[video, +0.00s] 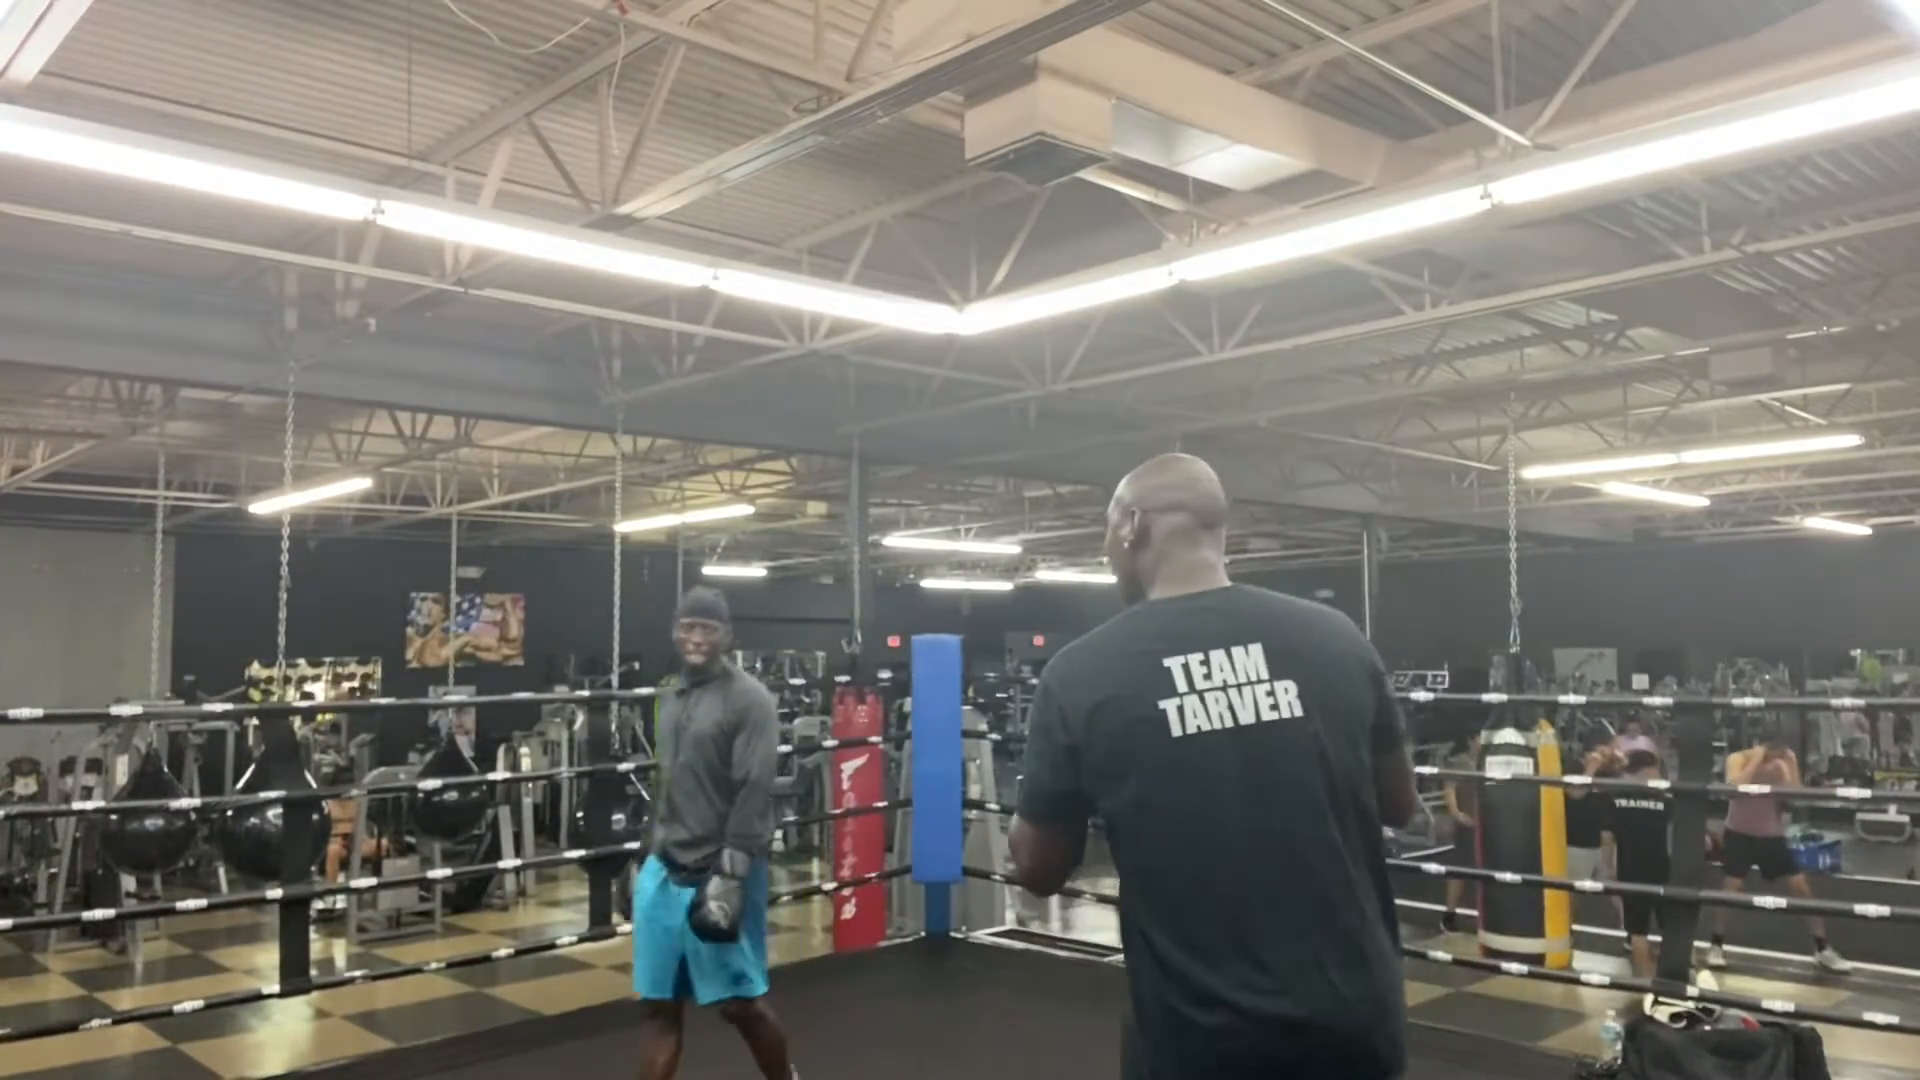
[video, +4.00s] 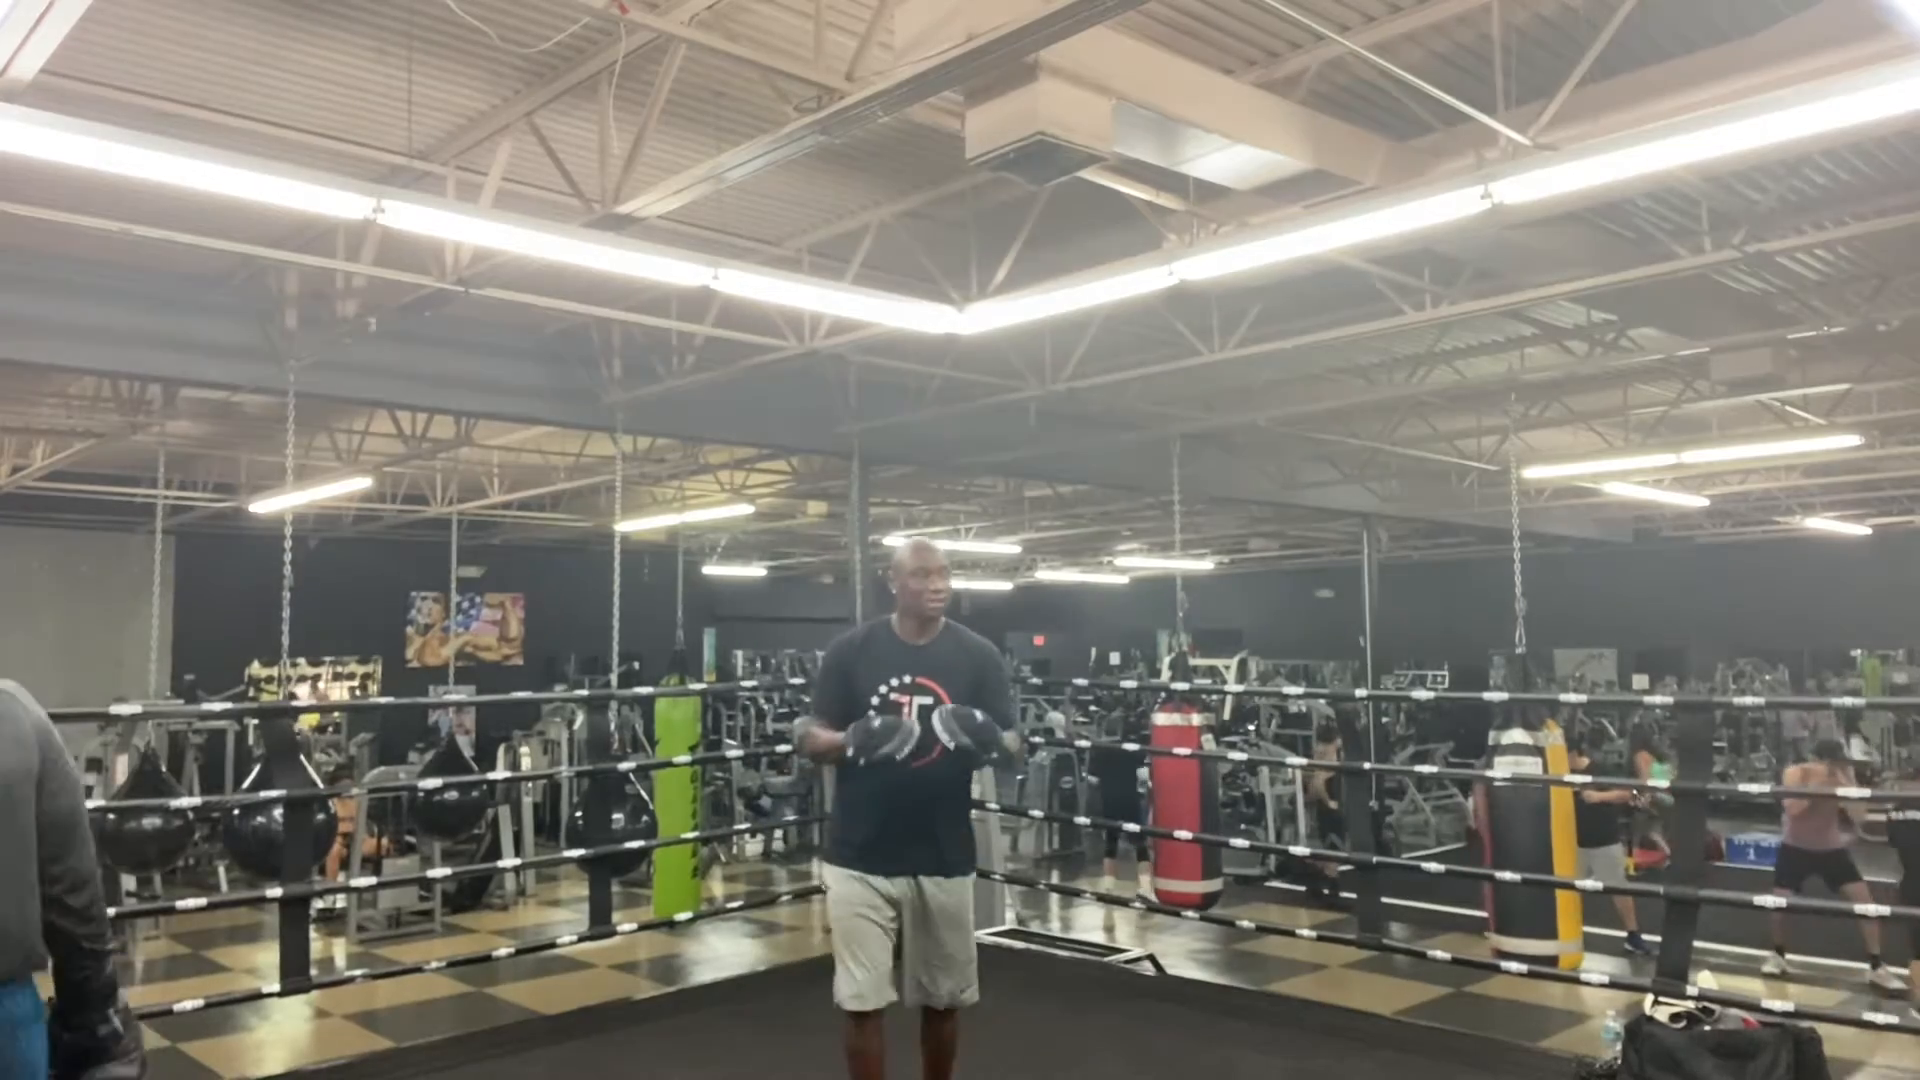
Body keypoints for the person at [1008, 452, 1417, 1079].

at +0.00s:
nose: (1107, 548)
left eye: (1109, 528)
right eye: (1107, 530)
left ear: (1133, 528)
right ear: (1220, 529)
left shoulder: (1079, 675)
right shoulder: (1336, 636)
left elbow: (1040, 870)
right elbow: (1399, 801)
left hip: (1192, 1028)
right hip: (1354, 1014)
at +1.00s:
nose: (984, 608)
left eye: (982, 590)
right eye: (981, 592)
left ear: (1004, 576)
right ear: (1055, 566)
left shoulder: (989, 660)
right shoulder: (1134, 635)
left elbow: (896, 765)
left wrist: (861, 766)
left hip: (1036, 918)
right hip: (1133, 909)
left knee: (1021, 1068)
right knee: (1127, 1066)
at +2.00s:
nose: (844, 592)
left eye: (855, 581)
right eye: (846, 582)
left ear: (895, 587)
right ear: (901, 589)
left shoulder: (886, 665)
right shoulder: (951, 645)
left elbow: (872, 775)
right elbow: (936, 746)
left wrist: (822, 744)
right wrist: (862, 723)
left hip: (898, 874)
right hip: (965, 864)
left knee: (863, 1013)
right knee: (968, 1013)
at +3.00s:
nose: (814, 605)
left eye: (825, 596)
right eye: (806, 597)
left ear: (845, 606)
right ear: (792, 606)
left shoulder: (876, 671)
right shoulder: (770, 669)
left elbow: (913, 750)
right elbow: (749, 736)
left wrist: (858, 754)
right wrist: (735, 737)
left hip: (851, 856)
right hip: (781, 849)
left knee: (854, 982)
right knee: (786, 978)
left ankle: (873, 1058)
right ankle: (818, 1068)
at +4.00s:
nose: (936, 586)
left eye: (941, 575)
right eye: (922, 575)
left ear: (950, 582)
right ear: (893, 582)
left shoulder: (979, 656)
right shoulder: (849, 652)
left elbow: (1011, 747)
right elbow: (809, 737)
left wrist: (986, 740)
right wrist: (851, 741)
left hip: (944, 864)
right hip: (859, 862)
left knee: (943, 1006)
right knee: (862, 1007)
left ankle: (939, 1079)